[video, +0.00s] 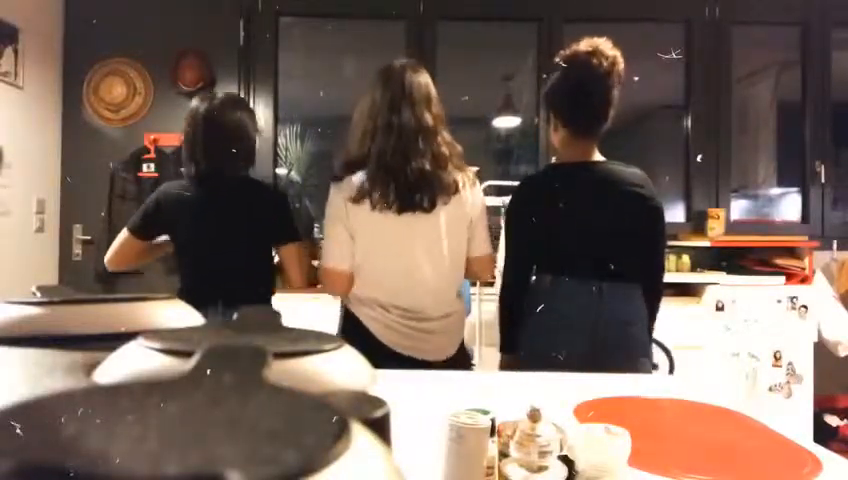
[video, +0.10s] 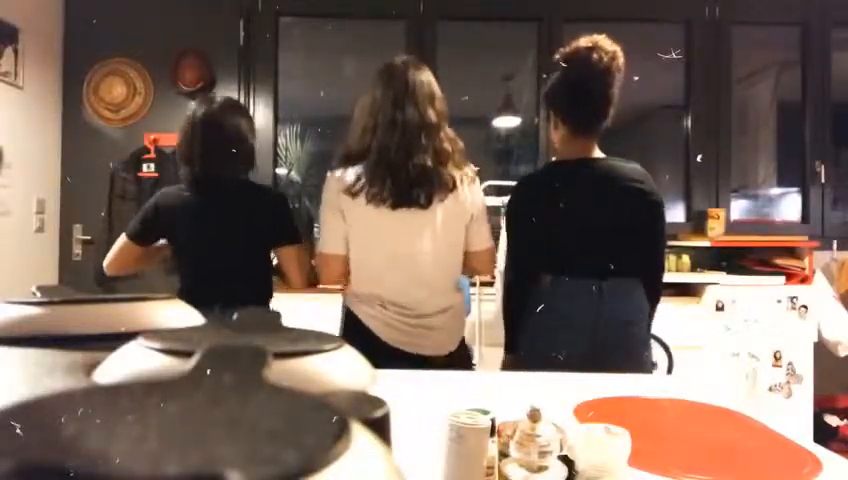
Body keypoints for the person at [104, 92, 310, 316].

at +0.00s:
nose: (256, 141)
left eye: (255, 134)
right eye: (254, 134)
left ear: (191, 142)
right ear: (247, 142)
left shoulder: (172, 197)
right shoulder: (269, 200)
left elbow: (115, 260)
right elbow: (299, 281)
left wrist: (171, 242)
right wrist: (271, 258)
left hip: (191, 338)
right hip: (256, 339)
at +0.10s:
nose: (253, 146)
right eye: (250, 139)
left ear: (187, 148)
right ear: (245, 146)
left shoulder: (169, 202)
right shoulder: (269, 203)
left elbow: (114, 265)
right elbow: (298, 281)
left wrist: (168, 248)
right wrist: (267, 259)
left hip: (190, 338)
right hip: (255, 339)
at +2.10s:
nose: (243, 142)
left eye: (247, 134)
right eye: (227, 134)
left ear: (255, 143)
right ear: (203, 151)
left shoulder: (196, 203)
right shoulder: (232, 199)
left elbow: (284, 259)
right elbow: (251, 284)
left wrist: (280, 197)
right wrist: (292, 308)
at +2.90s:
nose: (212, 144)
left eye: (218, 138)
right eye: (197, 136)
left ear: (225, 153)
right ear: (172, 156)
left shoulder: (213, 202)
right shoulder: (176, 200)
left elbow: (256, 262)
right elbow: (150, 275)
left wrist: (252, 205)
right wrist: (230, 295)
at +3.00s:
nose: (213, 150)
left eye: (218, 144)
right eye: (197, 143)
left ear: (225, 158)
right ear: (173, 163)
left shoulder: (205, 213)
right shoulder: (177, 208)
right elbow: (148, 282)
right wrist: (231, 296)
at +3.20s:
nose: (217, 137)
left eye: (222, 131)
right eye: (202, 130)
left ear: (230, 143)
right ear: (178, 148)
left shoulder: (213, 198)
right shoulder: (184, 194)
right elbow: (162, 269)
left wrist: (258, 274)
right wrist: (242, 280)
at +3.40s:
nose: (220, 149)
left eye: (226, 142)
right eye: (206, 141)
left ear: (235, 153)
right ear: (181, 159)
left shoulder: (214, 211)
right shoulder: (192, 209)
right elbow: (178, 286)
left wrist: (252, 288)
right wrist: (251, 296)